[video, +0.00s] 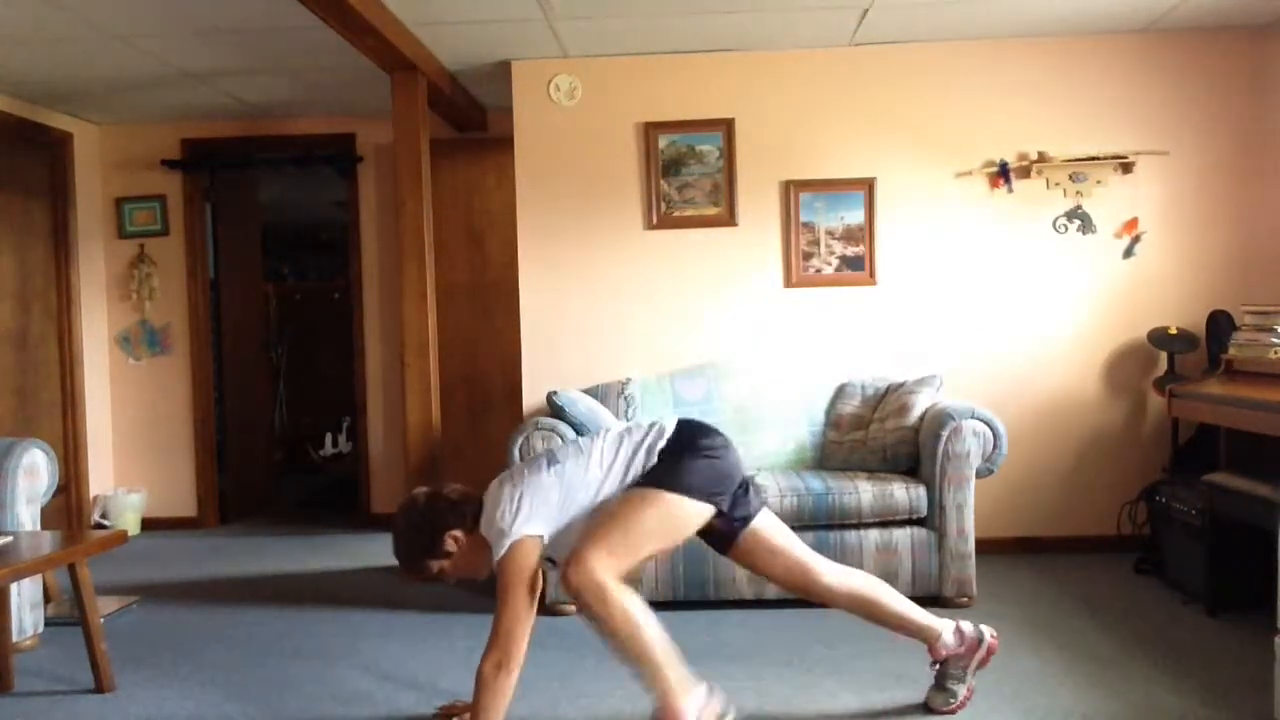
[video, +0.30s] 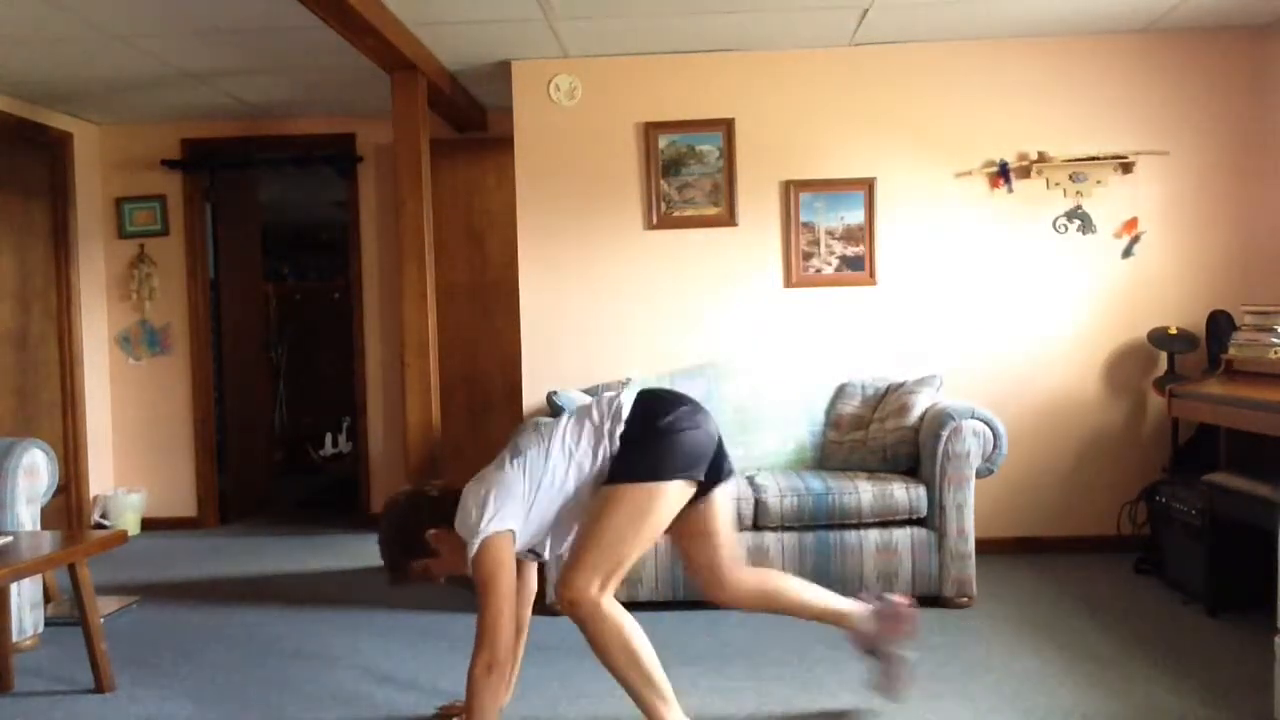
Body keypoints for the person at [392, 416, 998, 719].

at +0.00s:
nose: (458, 581)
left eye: (446, 573)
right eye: (448, 576)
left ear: (457, 542)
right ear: (461, 528)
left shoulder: (517, 517)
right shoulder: (516, 486)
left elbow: (502, 654)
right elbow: (517, 630)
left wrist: (481, 716)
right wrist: (483, 699)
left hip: (687, 460)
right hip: (703, 466)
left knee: (588, 569)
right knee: (817, 577)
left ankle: (684, 699)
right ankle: (950, 638)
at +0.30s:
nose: (441, 578)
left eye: (427, 569)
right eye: (429, 574)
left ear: (431, 543)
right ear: (440, 529)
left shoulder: (490, 516)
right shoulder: (510, 517)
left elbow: (496, 655)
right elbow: (508, 650)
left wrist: (473, 711)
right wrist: (476, 706)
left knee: (586, 592)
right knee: (727, 581)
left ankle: (666, 711)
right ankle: (866, 618)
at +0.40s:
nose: (447, 580)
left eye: (434, 570)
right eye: (436, 576)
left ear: (441, 539)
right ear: (447, 527)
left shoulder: (490, 514)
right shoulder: (526, 514)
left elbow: (492, 658)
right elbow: (512, 638)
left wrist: (470, 716)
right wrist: (483, 706)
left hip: (665, 434)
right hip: (688, 430)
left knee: (575, 596)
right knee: (639, 561)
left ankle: (665, 712)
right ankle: (771, 596)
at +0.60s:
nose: (457, 570)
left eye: (443, 564)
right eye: (445, 569)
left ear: (447, 532)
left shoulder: (498, 511)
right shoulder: (517, 499)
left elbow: (493, 652)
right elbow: (516, 624)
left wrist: (478, 714)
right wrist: (482, 704)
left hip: (689, 457)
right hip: (688, 449)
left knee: (576, 600)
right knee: (605, 566)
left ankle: (667, 713)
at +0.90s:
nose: (446, 395)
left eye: (448, 379)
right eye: (440, 382)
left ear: (479, 362)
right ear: (482, 361)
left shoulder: (528, 393)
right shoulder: (536, 374)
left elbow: (507, 538)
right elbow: (531, 510)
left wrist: (472, 648)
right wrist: (495, 608)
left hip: (713, 439)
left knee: (601, 577)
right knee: (610, 544)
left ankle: (670, 712)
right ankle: (670, 666)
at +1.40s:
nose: (597, 128)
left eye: (612, 115)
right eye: (588, 117)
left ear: (644, 124)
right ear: (579, 125)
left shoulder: (637, 186)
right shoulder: (643, 186)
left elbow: (652, 264)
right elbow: (645, 273)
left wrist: (619, 343)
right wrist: (607, 347)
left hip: (629, 382)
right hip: (637, 380)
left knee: (629, 552)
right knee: (641, 542)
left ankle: (673, 706)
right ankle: (674, 671)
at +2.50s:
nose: (451, 583)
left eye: (437, 576)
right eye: (438, 581)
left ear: (436, 546)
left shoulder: (477, 515)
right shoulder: (508, 515)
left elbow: (483, 649)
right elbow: (500, 636)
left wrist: (465, 714)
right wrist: (468, 705)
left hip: (645, 416)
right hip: (661, 408)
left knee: (574, 593)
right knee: (612, 552)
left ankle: (668, 713)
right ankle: (672, 662)